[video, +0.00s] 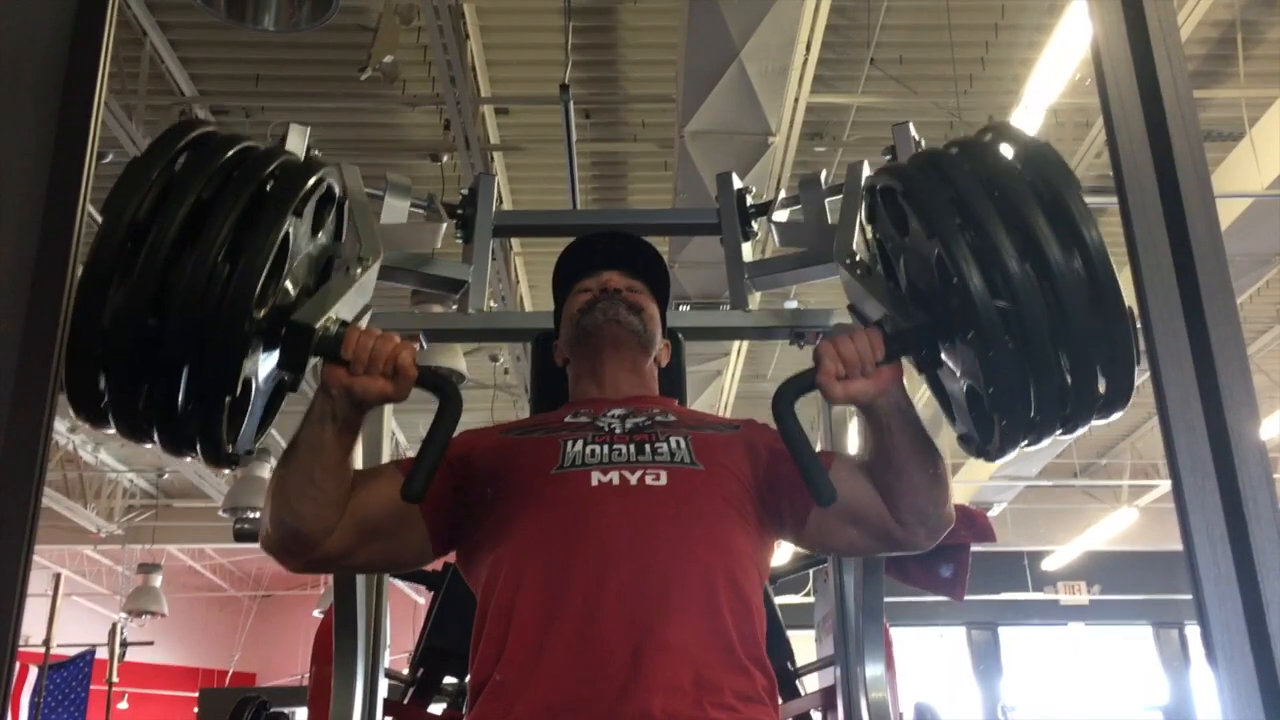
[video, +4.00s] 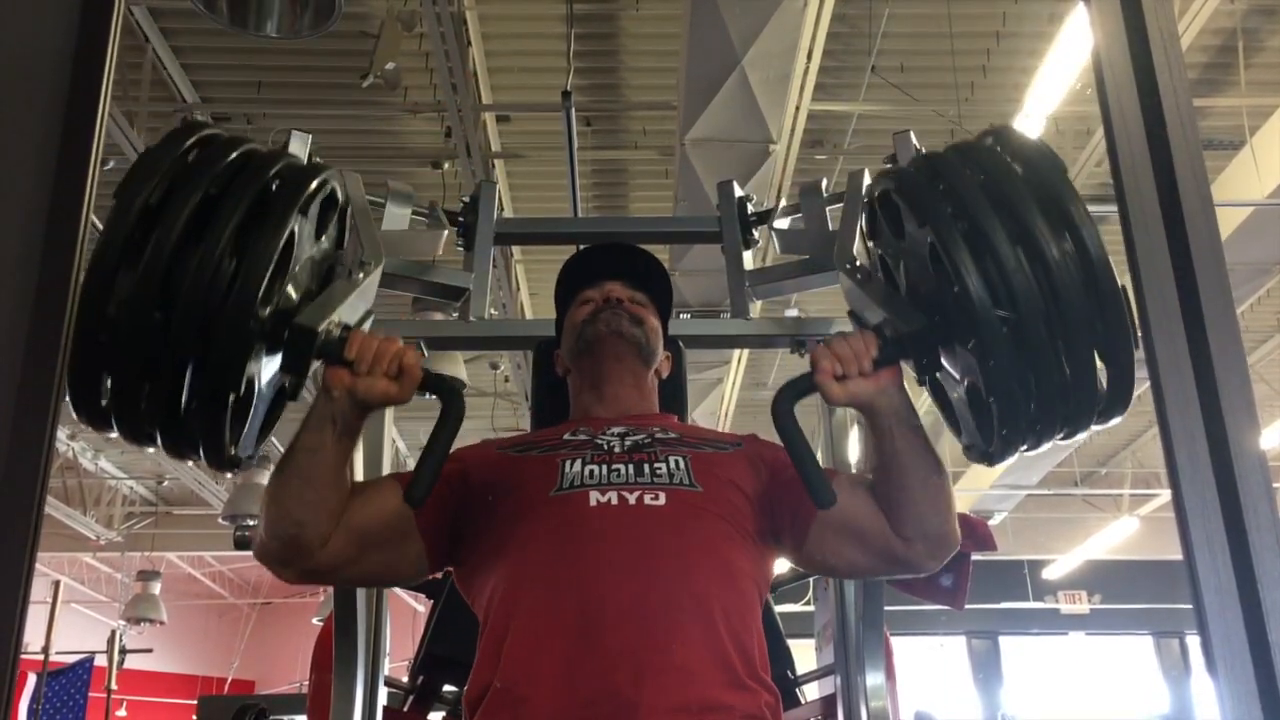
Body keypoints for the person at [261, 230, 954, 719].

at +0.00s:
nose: (611, 293)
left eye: (635, 293)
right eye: (586, 294)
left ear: (667, 347)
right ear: (555, 350)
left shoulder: (747, 448)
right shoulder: (488, 455)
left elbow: (919, 520)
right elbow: (304, 539)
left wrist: (882, 400)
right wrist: (341, 404)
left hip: (725, 704)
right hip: (526, 706)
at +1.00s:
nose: (605, 302)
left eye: (629, 302)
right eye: (581, 303)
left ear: (661, 355)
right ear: (551, 355)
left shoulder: (751, 442)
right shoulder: (483, 446)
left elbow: (831, 300)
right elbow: (401, 301)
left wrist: (818, 133)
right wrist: (407, 130)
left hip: (724, 708)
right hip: (517, 708)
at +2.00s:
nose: (615, 296)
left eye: (638, 297)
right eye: (590, 297)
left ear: (670, 357)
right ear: (556, 356)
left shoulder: (746, 455)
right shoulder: (486, 463)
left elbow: (920, 518)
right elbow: (301, 541)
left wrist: (879, 404)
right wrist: (343, 409)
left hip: (727, 707)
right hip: (528, 708)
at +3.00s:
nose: (609, 310)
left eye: (632, 310)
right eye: (585, 309)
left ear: (664, 362)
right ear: (555, 360)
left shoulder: (754, 448)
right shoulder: (485, 450)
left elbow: (836, 312)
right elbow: (406, 302)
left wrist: (824, 145)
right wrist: (408, 133)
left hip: (723, 707)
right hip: (515, 706)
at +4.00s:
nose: (616, 301)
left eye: (639, 302)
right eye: (589, 301)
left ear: (669, 359)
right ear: (555, 360)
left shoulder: (748, 462)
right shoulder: (486, 468)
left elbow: (922, 544)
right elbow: (299, 548)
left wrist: (882, 404)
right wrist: (342, 403)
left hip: (725, 707)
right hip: (528, 708)